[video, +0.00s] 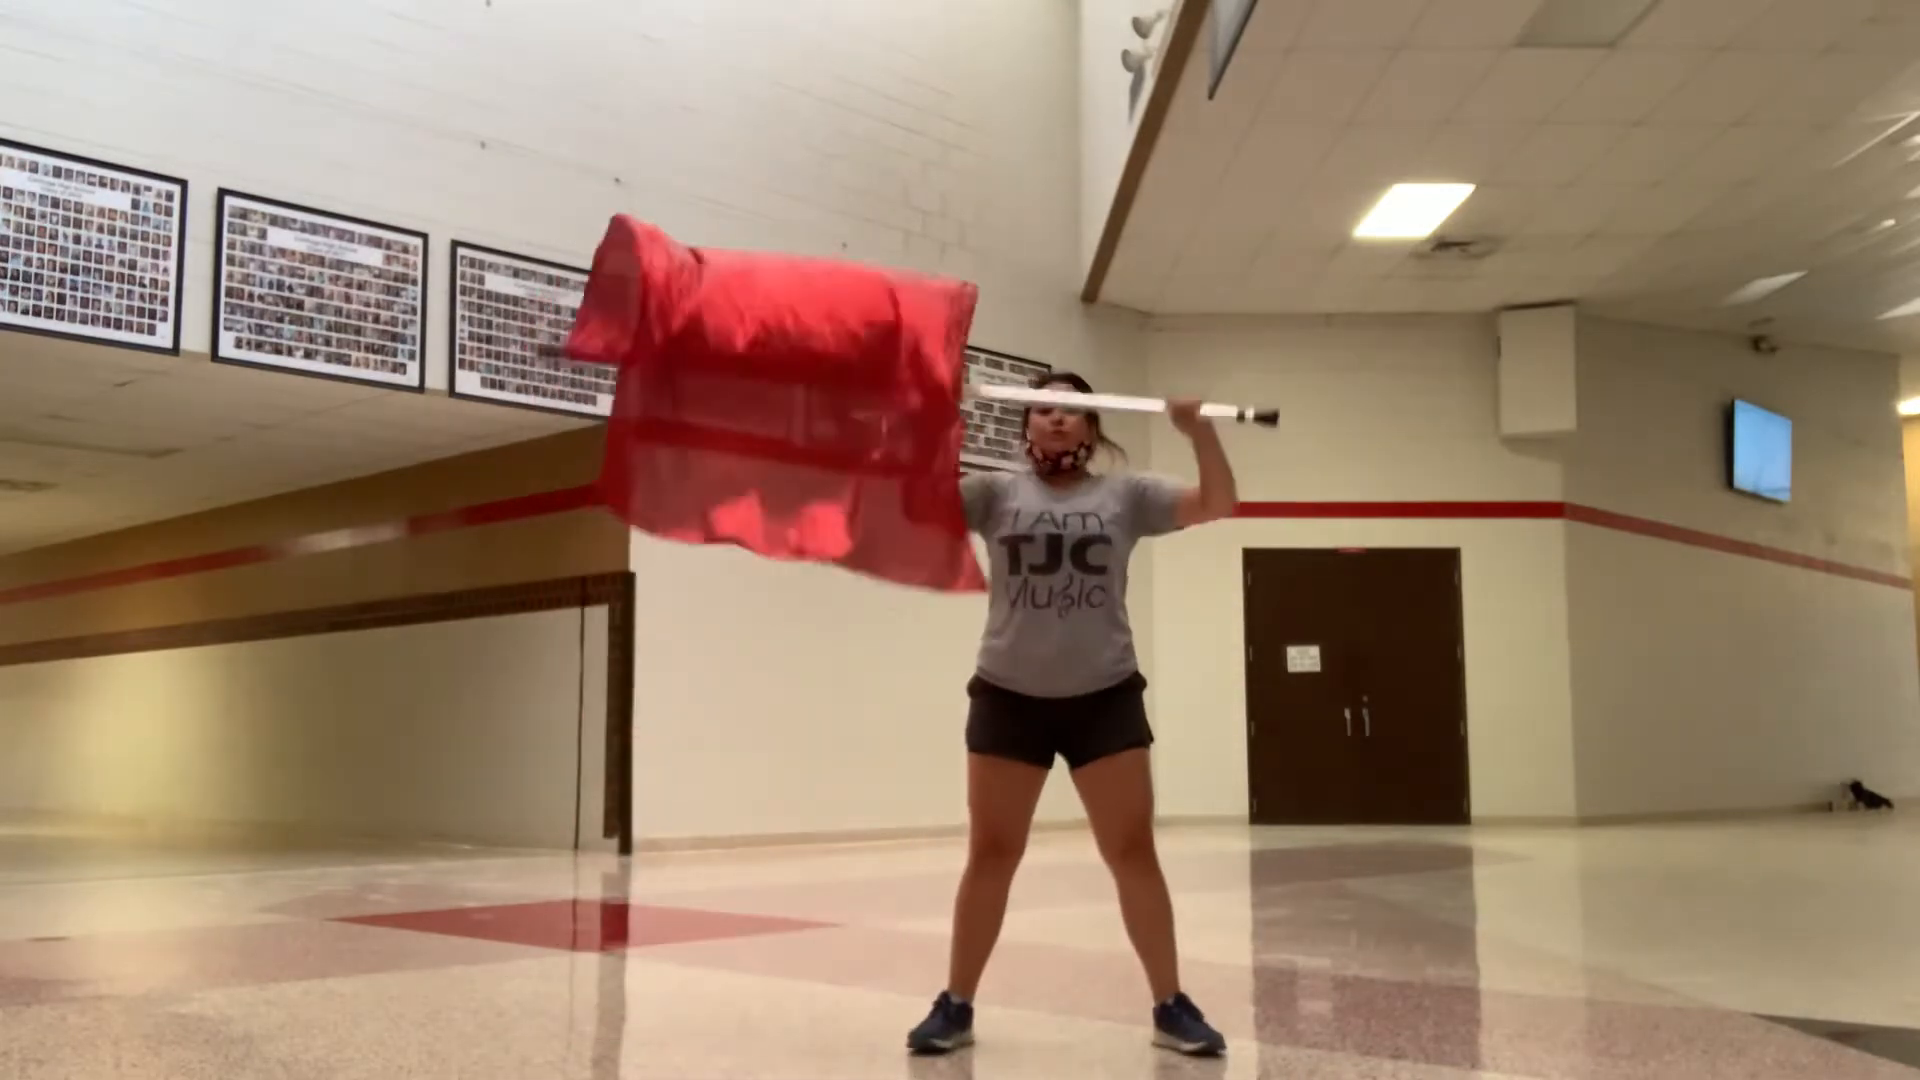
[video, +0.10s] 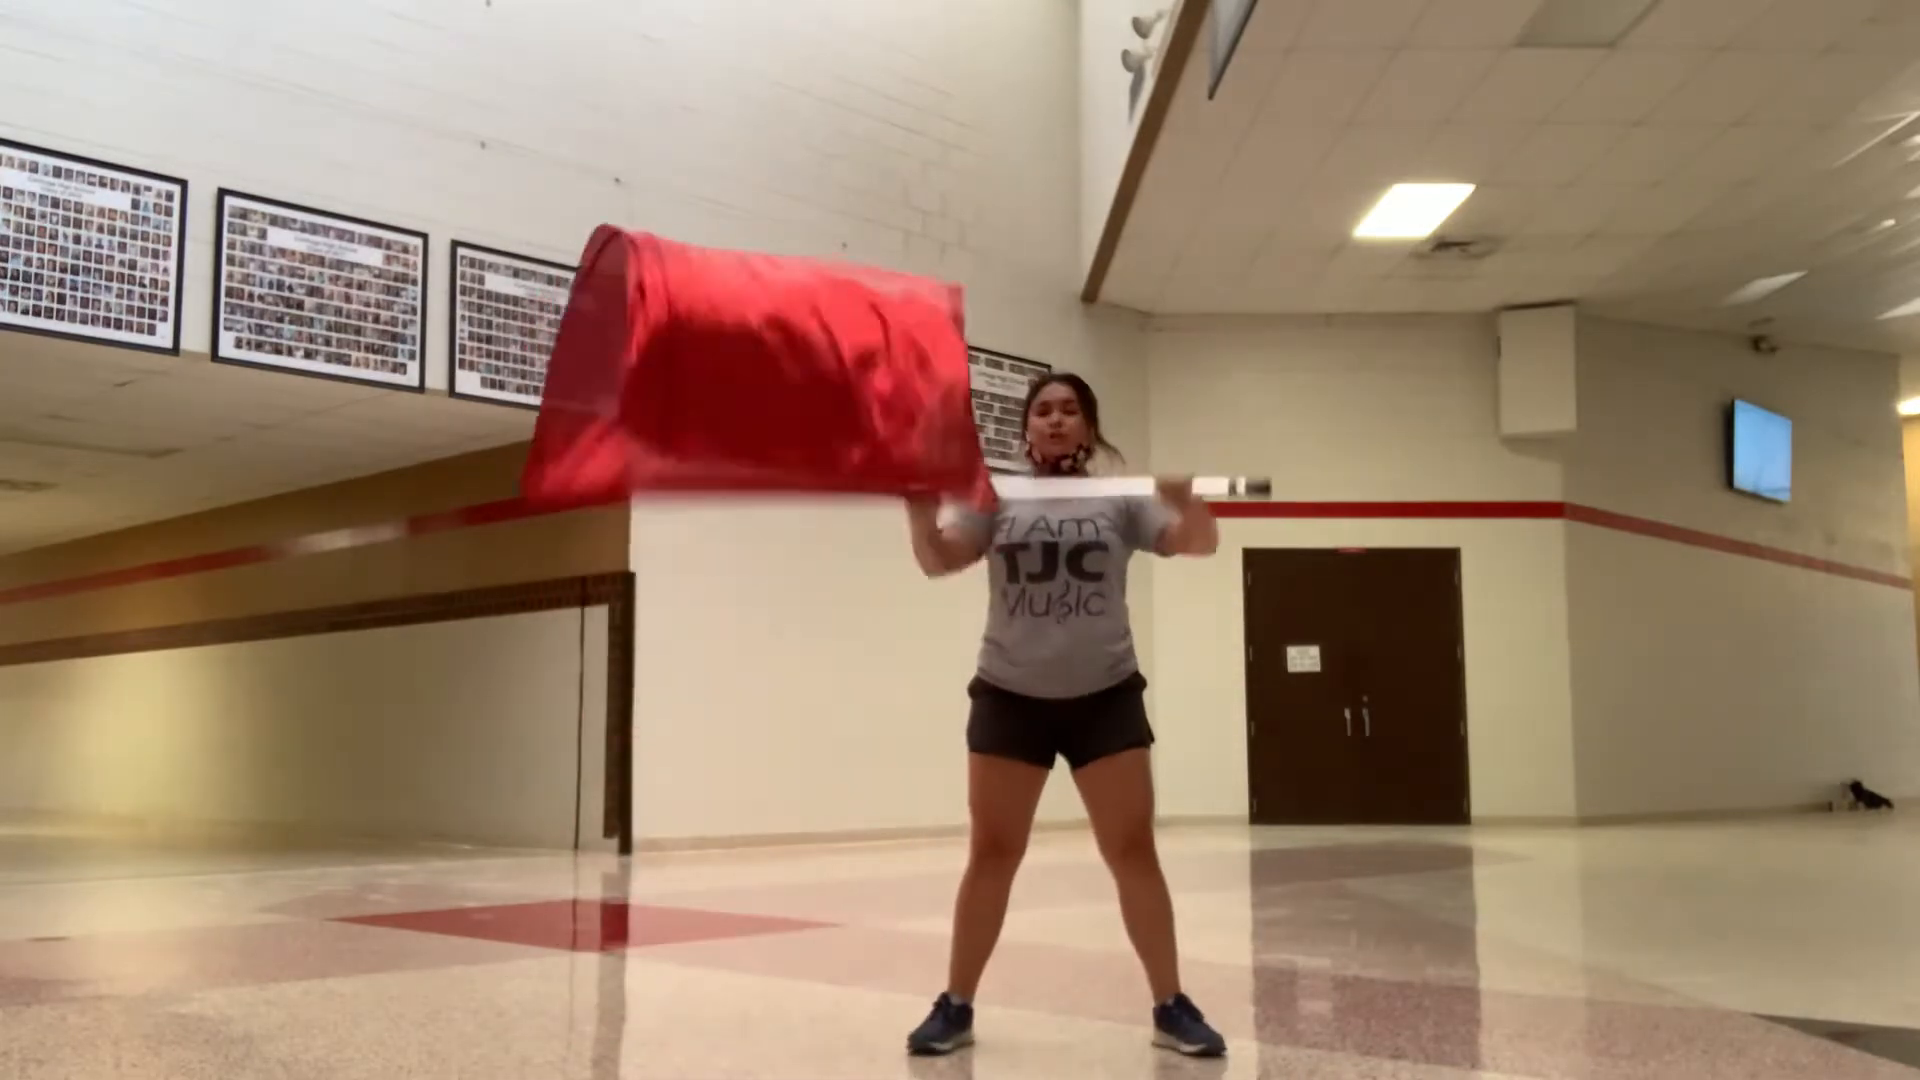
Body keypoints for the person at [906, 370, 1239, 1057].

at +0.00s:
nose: (1053, 421)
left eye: (1067, 413)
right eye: (1043, 411)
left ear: (1091, 430)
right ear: (1025, 426)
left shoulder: (1123, 496)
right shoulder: (995, 492)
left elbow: (1218, 500)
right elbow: (910, 498)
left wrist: (1196, 428)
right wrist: (927, 423)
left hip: (1104, 696)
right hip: (1009, 695)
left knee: (1134, 852)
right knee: (991, 853)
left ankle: (1170, 1004)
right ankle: (955, 1004)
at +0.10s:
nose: (1054, 419)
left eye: (1068, 409)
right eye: (1042, 409)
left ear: (1090, 427)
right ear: (1025, 426)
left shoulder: (1120, 497)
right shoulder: (998, 498)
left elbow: (1201, 542)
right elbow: (937, 560)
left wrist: (1185, 499)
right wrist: (917, 497)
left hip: (1104, 695)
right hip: (1011, 696)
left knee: (1134, 851)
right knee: (993, 852)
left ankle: (1170, 1005)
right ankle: (955, 1004)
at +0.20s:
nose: (1054, 422)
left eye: (1068, 412)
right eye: (1043, 411)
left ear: (1090, 428)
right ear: (1024, 426)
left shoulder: (1122, 501)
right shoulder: (996, 500)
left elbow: (1178, 565)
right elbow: (962, 577)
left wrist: (1176, 584)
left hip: (1102, 695)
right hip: (1008, 696)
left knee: (1132, 851)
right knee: (991, 853)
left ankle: (1170, 1005)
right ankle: (955, 1004)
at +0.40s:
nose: (1050, 424)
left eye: (1064, 415)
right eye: (1039, 413)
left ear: (1085, 431)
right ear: (1019, 426)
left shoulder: (1119, 501)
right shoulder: (987, 506)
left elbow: (1170, 578)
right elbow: (962, 605)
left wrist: (1177, 636)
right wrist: (943, 694)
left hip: (1095, 695)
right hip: (1000, 697)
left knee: (1129, 853)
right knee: (987, 854)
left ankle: (1170, 1005)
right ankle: (955, 1004)